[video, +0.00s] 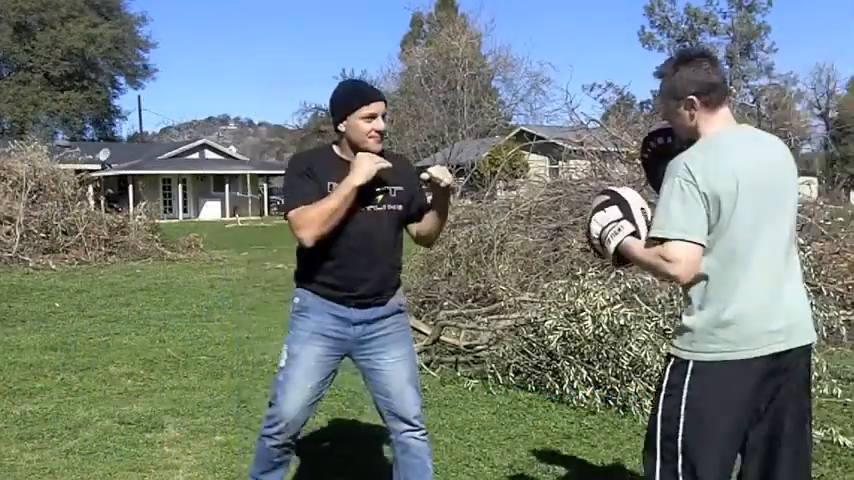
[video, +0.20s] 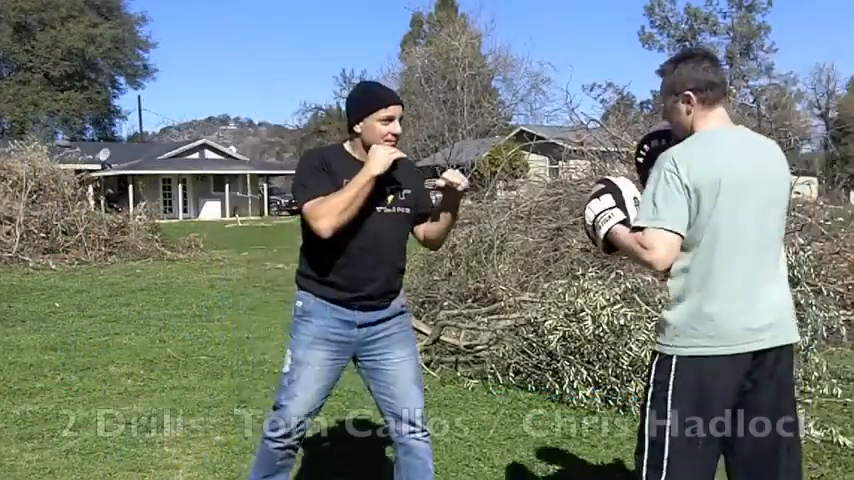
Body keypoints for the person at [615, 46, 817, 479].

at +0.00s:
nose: (665, 123)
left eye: (666, 113)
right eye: (662, 114)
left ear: (691, 106)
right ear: (722, 99)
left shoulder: (691, 165)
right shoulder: (778, 150)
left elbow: (680, 267)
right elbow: (748, 234)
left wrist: (625, 244)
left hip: (717, 352)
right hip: (792, 344)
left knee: (682, 469)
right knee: (783, 469)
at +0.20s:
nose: (665, 115)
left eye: (666, 104)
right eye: (663, 105)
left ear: (688, 100)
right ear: (720, 94)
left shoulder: (679, 160)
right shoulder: (773, 153)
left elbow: (658, 254)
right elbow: (747, 229)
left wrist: (613, 229)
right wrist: (674, 175)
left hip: (699, 345)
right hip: (775, 339)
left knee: (674, 467)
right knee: (772, 466)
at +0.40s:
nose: (650, 123)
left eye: (652, 112)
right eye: (649, 112)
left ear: (675, 114)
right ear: (710, 111)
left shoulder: (664, 172)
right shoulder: (754, 173)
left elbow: (626, 266)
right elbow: (718, 244)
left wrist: (575, 239)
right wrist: (662, 176)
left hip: (662, 348)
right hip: (738, 348)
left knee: (599, 451)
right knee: (738, 459)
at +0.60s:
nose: (589, 128)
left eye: (591, 117)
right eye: (589, 117)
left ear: (609, 118)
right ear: (644, 114)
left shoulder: (584, 178)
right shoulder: (692, 174)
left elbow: (511, 236)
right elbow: (695, 238)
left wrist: (495, 189)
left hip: (598, 352)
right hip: (684, 352)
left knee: (544, 460)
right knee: (714, 462)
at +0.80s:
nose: (525, 172)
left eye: (525, 163)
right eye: (525, 163)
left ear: (540, 162)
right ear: (578, 153)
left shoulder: (528, 209)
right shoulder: (637, 208)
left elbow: (452, 213)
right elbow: (642, 267)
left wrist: (413, 194)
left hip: (563, 374)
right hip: (644, 375)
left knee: (485, 462)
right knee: (675, 461)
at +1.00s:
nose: (568, 141)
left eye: (570, 132)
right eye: (567, 131)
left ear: (594, 133)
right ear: (626, 127)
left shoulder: (576, 189)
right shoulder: (672, 184)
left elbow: (515, 273)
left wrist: (497, 288)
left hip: (590, 358)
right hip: (672, 356)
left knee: (524, 468)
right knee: (700, 470)